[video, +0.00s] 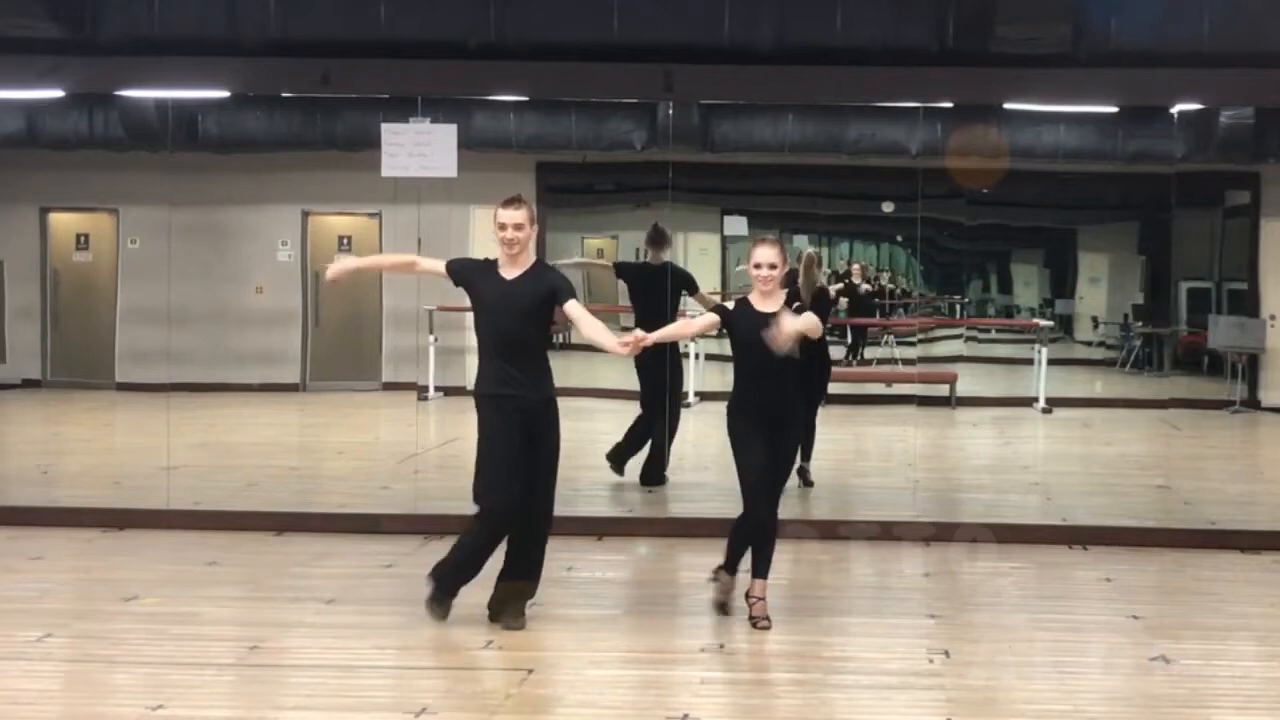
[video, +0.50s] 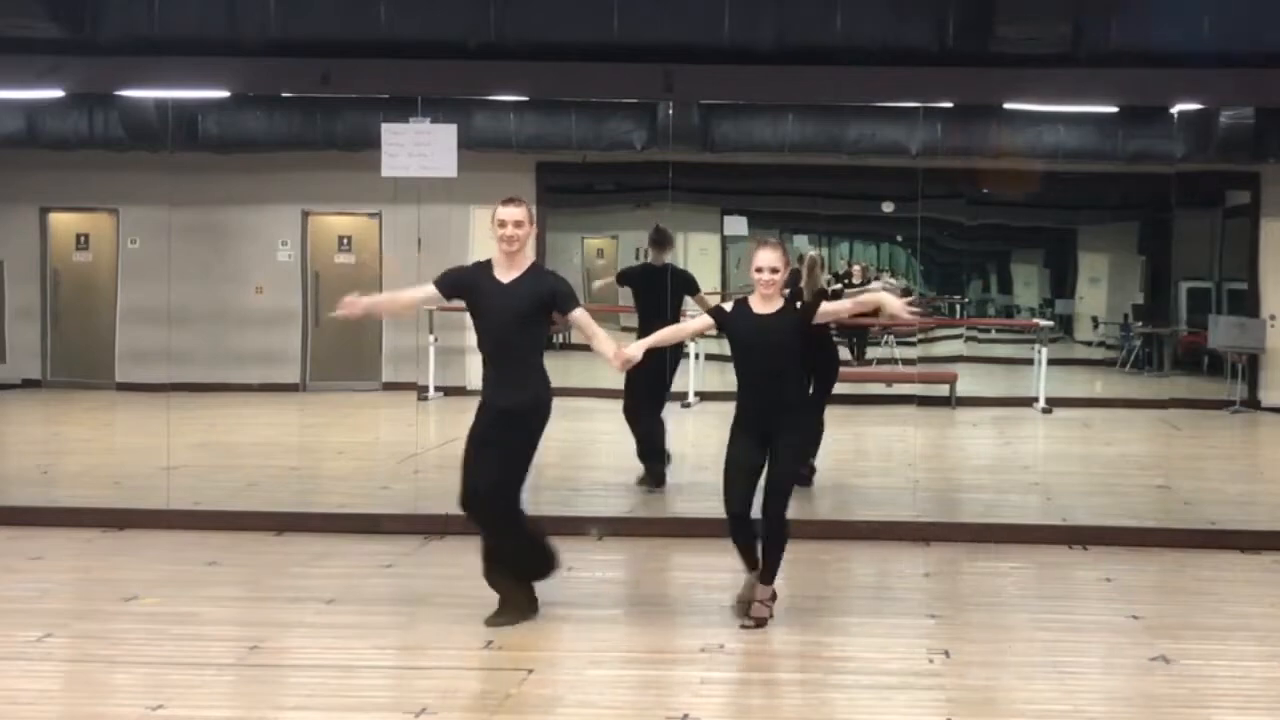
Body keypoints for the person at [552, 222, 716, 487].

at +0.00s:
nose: (661, 250)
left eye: (654, 246)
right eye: (664, 245)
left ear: (646, 246)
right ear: (669, 246)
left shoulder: (633, 270)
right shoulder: (678, 274)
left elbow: (595, 264)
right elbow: (706, 302)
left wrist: (565, 264)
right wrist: (725, 308)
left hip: (642, 350)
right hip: (668, 350)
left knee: (650, 409)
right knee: (668, 412)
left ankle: (620, 455)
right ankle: (653, 474)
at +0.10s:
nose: (660, 250)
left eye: (655, 246)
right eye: (664, 246)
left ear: (646, 246)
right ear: (669, 246)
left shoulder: (633, 274)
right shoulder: (679, 276)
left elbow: (602, 270)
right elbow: (705, 304)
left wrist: (579, 265)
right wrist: (722, 309)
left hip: (643, 353)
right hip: (672, 353)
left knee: (646, 412)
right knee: (668, 414)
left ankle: (629, 460)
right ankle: (653, 475)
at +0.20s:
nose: (656, 252)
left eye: (650, 247)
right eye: (661, 246)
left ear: (646, 248)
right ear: (668, 248)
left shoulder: (635, 278)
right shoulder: (680, 278)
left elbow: (604, 288)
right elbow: (703, 307)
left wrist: (594, 267)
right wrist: (717, 302)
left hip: (642, 357)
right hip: (670, 356)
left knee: (646, 417)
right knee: (665, 415)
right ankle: (658, 476)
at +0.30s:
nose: (658, 252)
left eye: (653, 247)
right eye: (664, 248)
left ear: (646, 249)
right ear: (669, 249)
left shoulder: (634, 280)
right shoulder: (679, 279)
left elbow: (622, 284)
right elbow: (703, 314)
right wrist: (696, 325)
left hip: (643, 350)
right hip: (669, 351)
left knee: (652, 407)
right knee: (638, 401)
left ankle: (662, 469)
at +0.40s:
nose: (659, 253)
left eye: (653, 247)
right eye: (665, 248)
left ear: (647, 249)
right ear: (670, 249)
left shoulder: (634, 280)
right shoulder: (681, 279)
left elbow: (620, 308)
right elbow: (707, 313)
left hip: (644, 351)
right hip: (668, 351)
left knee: (658, 407)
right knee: (633, 407)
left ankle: (660, 472)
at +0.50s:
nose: (657, 250)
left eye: (652, 245)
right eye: (663, 246)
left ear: (649, 246)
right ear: (670, 247)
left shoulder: (637, 272)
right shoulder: (681, 276)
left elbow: (600, 286)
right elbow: (706, 306)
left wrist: (595, 285)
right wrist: (720, 314)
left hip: (643, 348)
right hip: (671, 349)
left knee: (632, 407)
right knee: (653, 407)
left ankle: (654, 464)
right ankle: (656, 464)